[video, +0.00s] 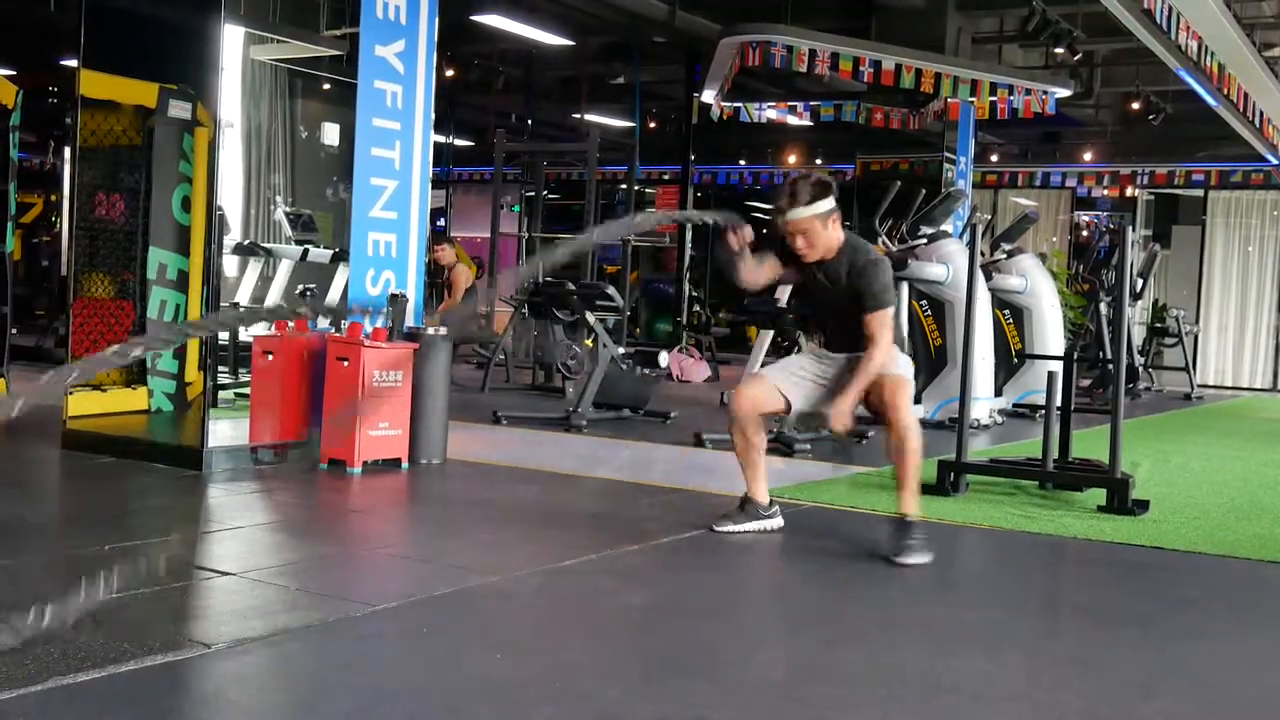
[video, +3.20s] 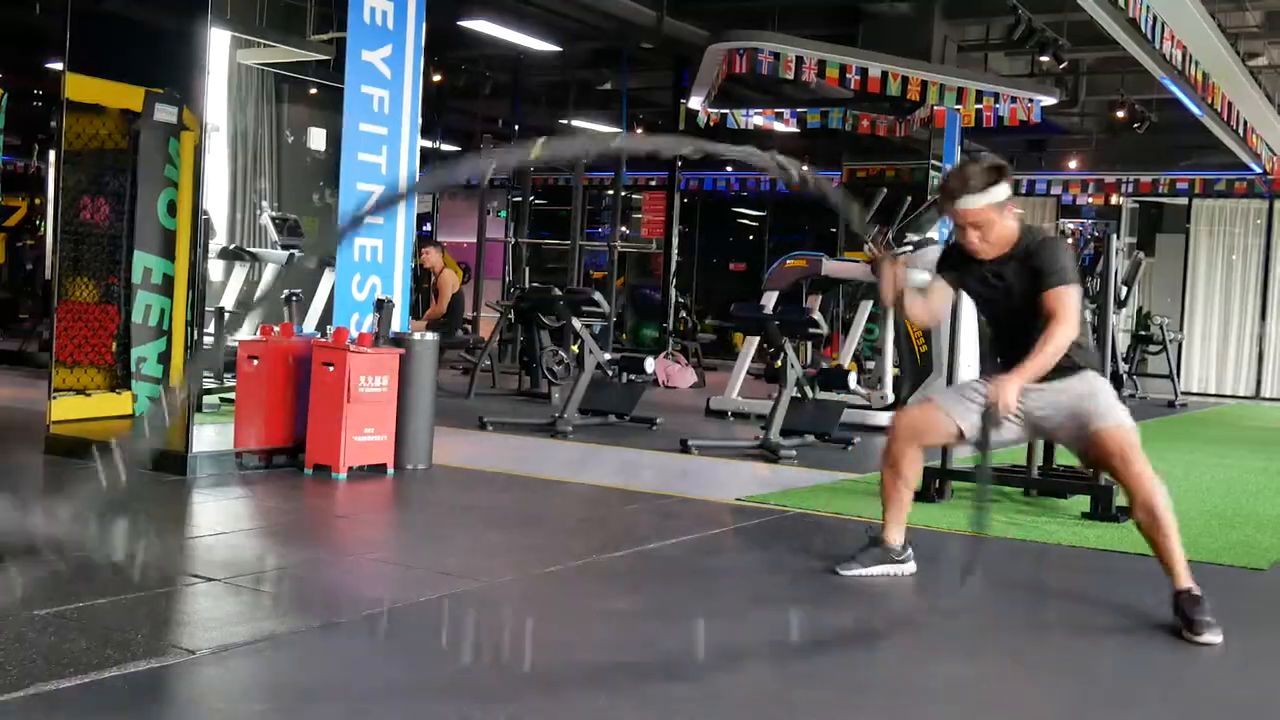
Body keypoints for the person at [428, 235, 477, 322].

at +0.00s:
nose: (439, 255)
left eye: (443, 250)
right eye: (436, 251)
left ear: (453, 250)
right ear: (433, 255)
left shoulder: (459, 270)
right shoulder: (448, 271)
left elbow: (455, 301)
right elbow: (447, 300)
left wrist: (437, 315)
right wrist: (436, 317)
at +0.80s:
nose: (431, 255)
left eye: (435, 250)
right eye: (428, 252)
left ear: (445, 251)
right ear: (425, 255)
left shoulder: (451, 270)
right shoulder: (440, 272)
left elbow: (447, 304)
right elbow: (439, 301)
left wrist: (429, 317)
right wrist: (429, 317)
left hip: (454, 322)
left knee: (412, 321)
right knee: (412, 319)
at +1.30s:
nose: (419, 255)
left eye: (423, 250)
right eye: (416, 251)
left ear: (433, 250)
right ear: (413, 255)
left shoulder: (440, 271)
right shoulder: (429, 273)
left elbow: (436, 304)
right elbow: (429, 301)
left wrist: (418, 317)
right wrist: (418, 318)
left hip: (443, 322)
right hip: (436, 318)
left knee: (402, 321)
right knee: (401, 320)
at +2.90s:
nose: (424, 256)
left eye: (428, 252)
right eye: (423, 254)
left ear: (441, 254)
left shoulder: (447, 275)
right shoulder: (436, 277)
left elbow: (443, 308)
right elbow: (434, 306)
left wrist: (424, 321)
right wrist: (424, 322)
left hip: (448, 327)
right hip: (441, 324)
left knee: (407, 326)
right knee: (406, 324)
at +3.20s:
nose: (423, 257)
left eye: (427, 253)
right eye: (422, 254)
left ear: (439, 255)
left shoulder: (446, 275)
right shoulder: (435, 278)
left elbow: (441, 309)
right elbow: (433, 306)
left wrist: (422, 322)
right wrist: (421, 322)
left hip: (450, 327)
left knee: (408, 325)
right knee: (407, 323)